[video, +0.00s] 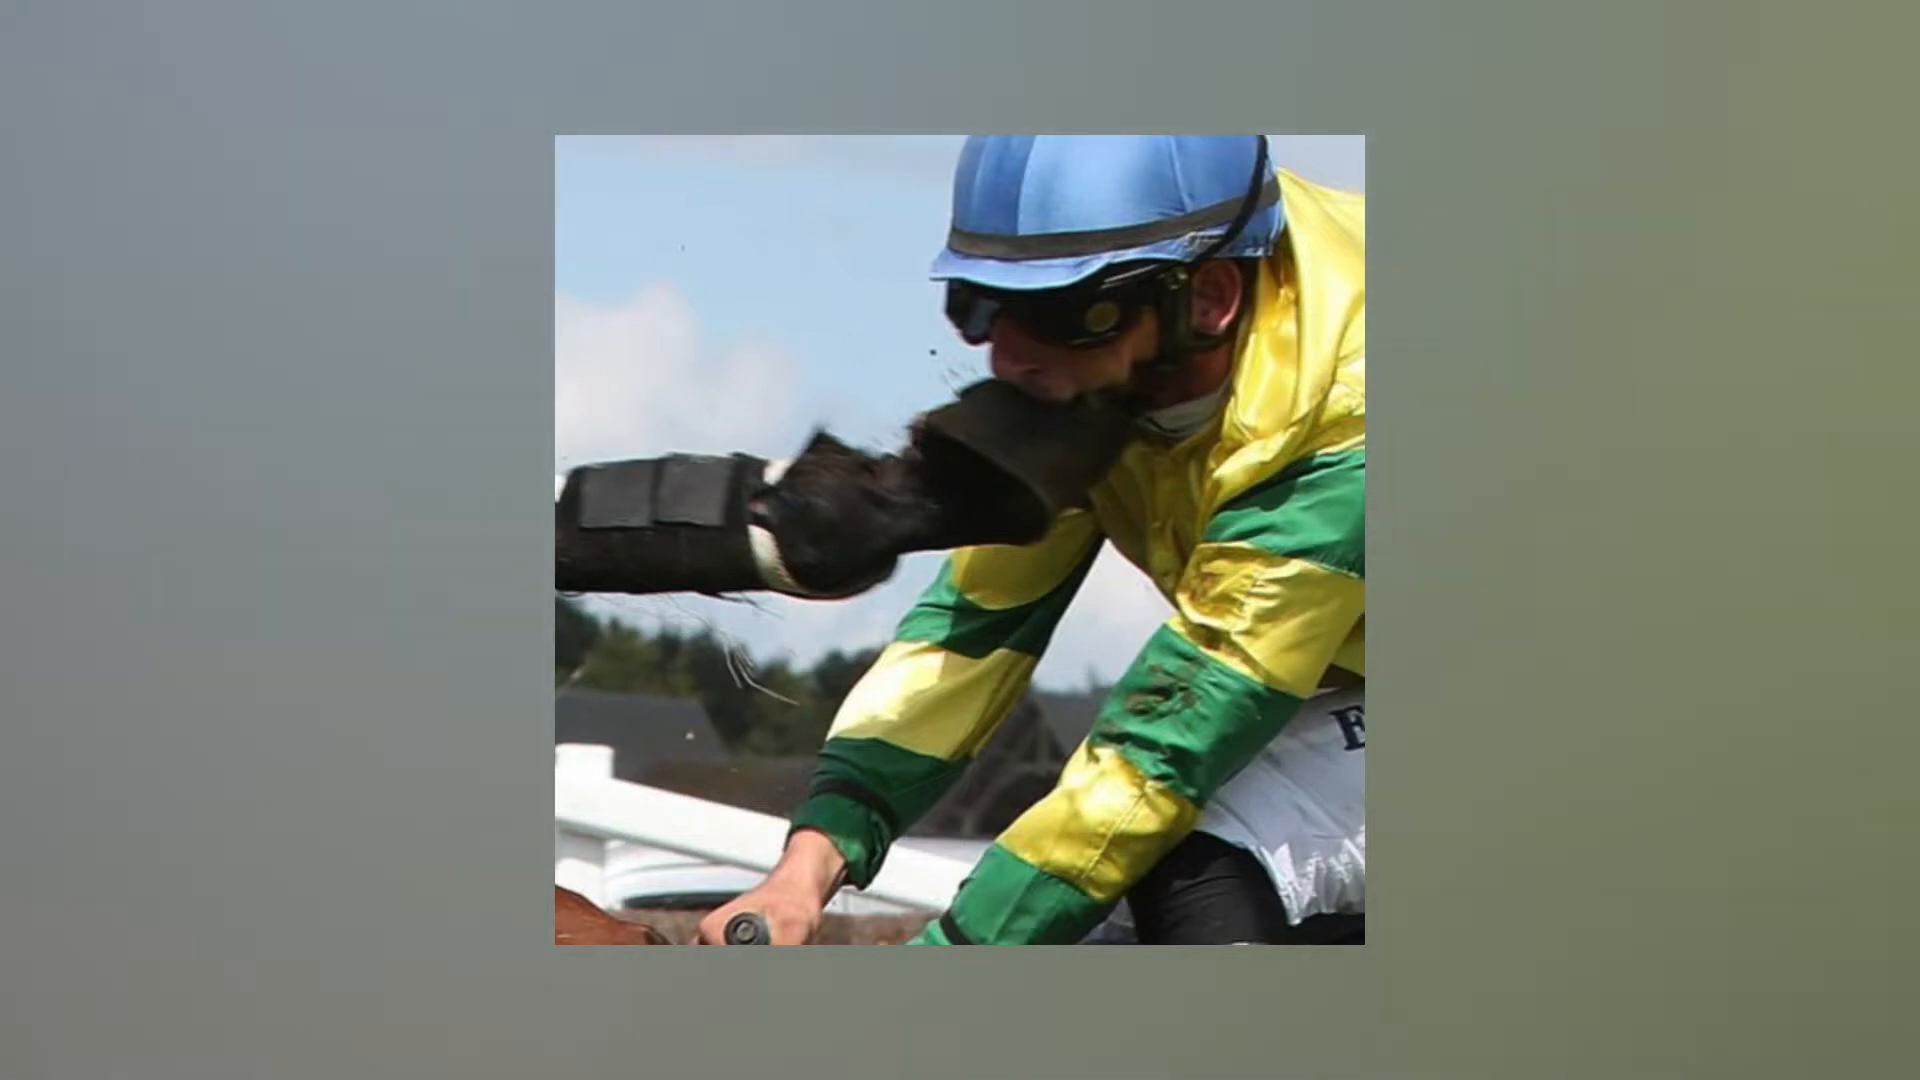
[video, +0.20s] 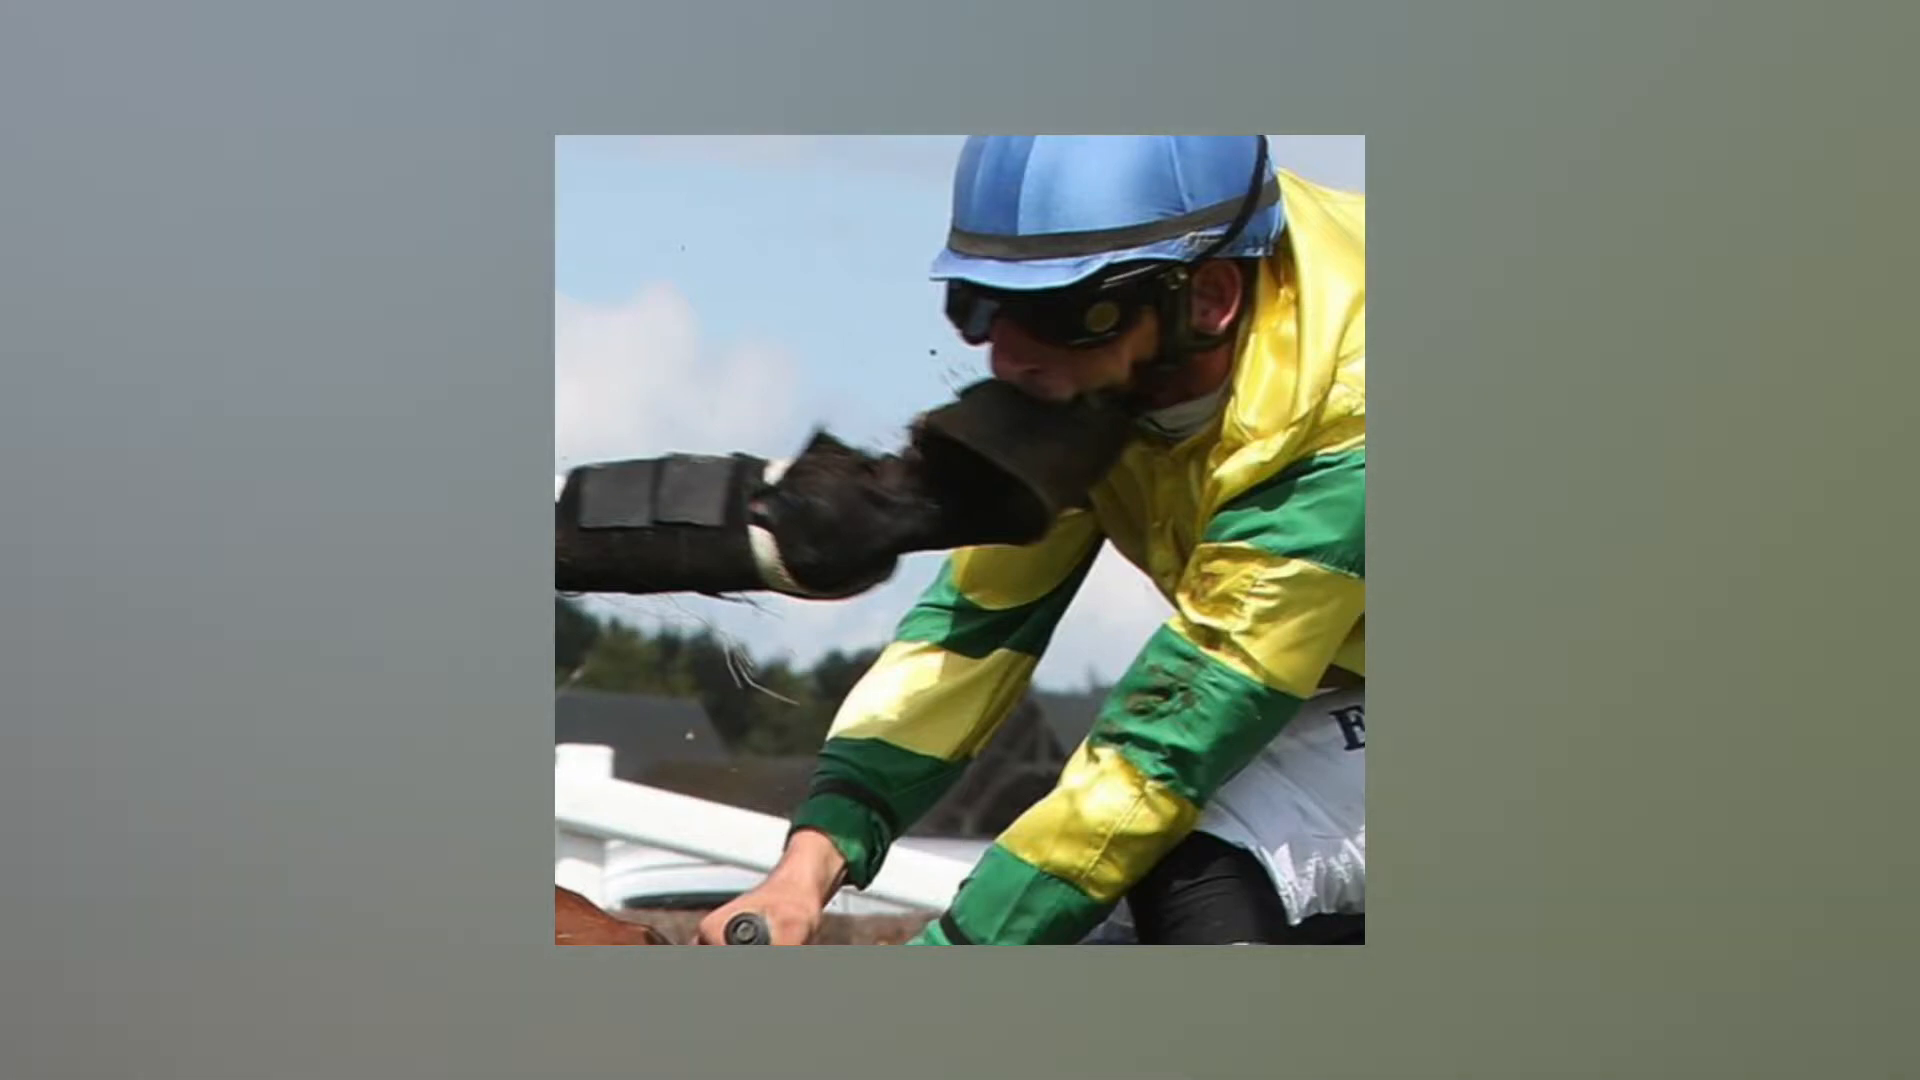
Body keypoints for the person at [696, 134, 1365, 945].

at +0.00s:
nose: (1005, 358)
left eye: (1055, 319)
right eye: (988, 309)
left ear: (1209, 299)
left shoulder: (1341, 428)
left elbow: (1160, 751)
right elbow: (969, 624)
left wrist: (933, 963)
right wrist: (804, 872)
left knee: (1204, 863)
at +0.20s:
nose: (1005, 358)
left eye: (1055, 319)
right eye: (988, 309)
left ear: (1209, 299)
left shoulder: (1341, 429)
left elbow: (1159, 752)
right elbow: (969, 624)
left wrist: (932, 965)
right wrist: (804, 872)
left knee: (1204, 861)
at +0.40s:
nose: (1005, 359)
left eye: (1055, 319)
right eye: (988, 309)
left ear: (1209, 299)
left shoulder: (1341, 428)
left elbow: (1160, 751)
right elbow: (969, 623)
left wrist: (931, 966)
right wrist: (804, 872)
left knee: (1203, 861)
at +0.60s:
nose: (1005, 358)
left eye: (1055, 319)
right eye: (988, 309)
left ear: (1209, 299)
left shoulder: (1341, 428)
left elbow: (1160, 752)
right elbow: (969, 624)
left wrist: (932, 966)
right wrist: (804, 872)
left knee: (1203, 861)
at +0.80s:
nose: (1005, 358)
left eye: (1055, 319)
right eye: (987, 309)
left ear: (1209, 299)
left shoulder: (1341, 429)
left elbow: (1160, 752)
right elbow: (969, 624)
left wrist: (932, 964)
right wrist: (804, 873)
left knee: (1204, 863)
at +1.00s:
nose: (1005, 358)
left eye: (1055, 318)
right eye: (988, 309)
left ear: (1210, 299)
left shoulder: (1340, 428)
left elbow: (1159, 752)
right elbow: (969, 624)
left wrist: (931, 964)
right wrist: (804, 872)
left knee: (1204, 863)